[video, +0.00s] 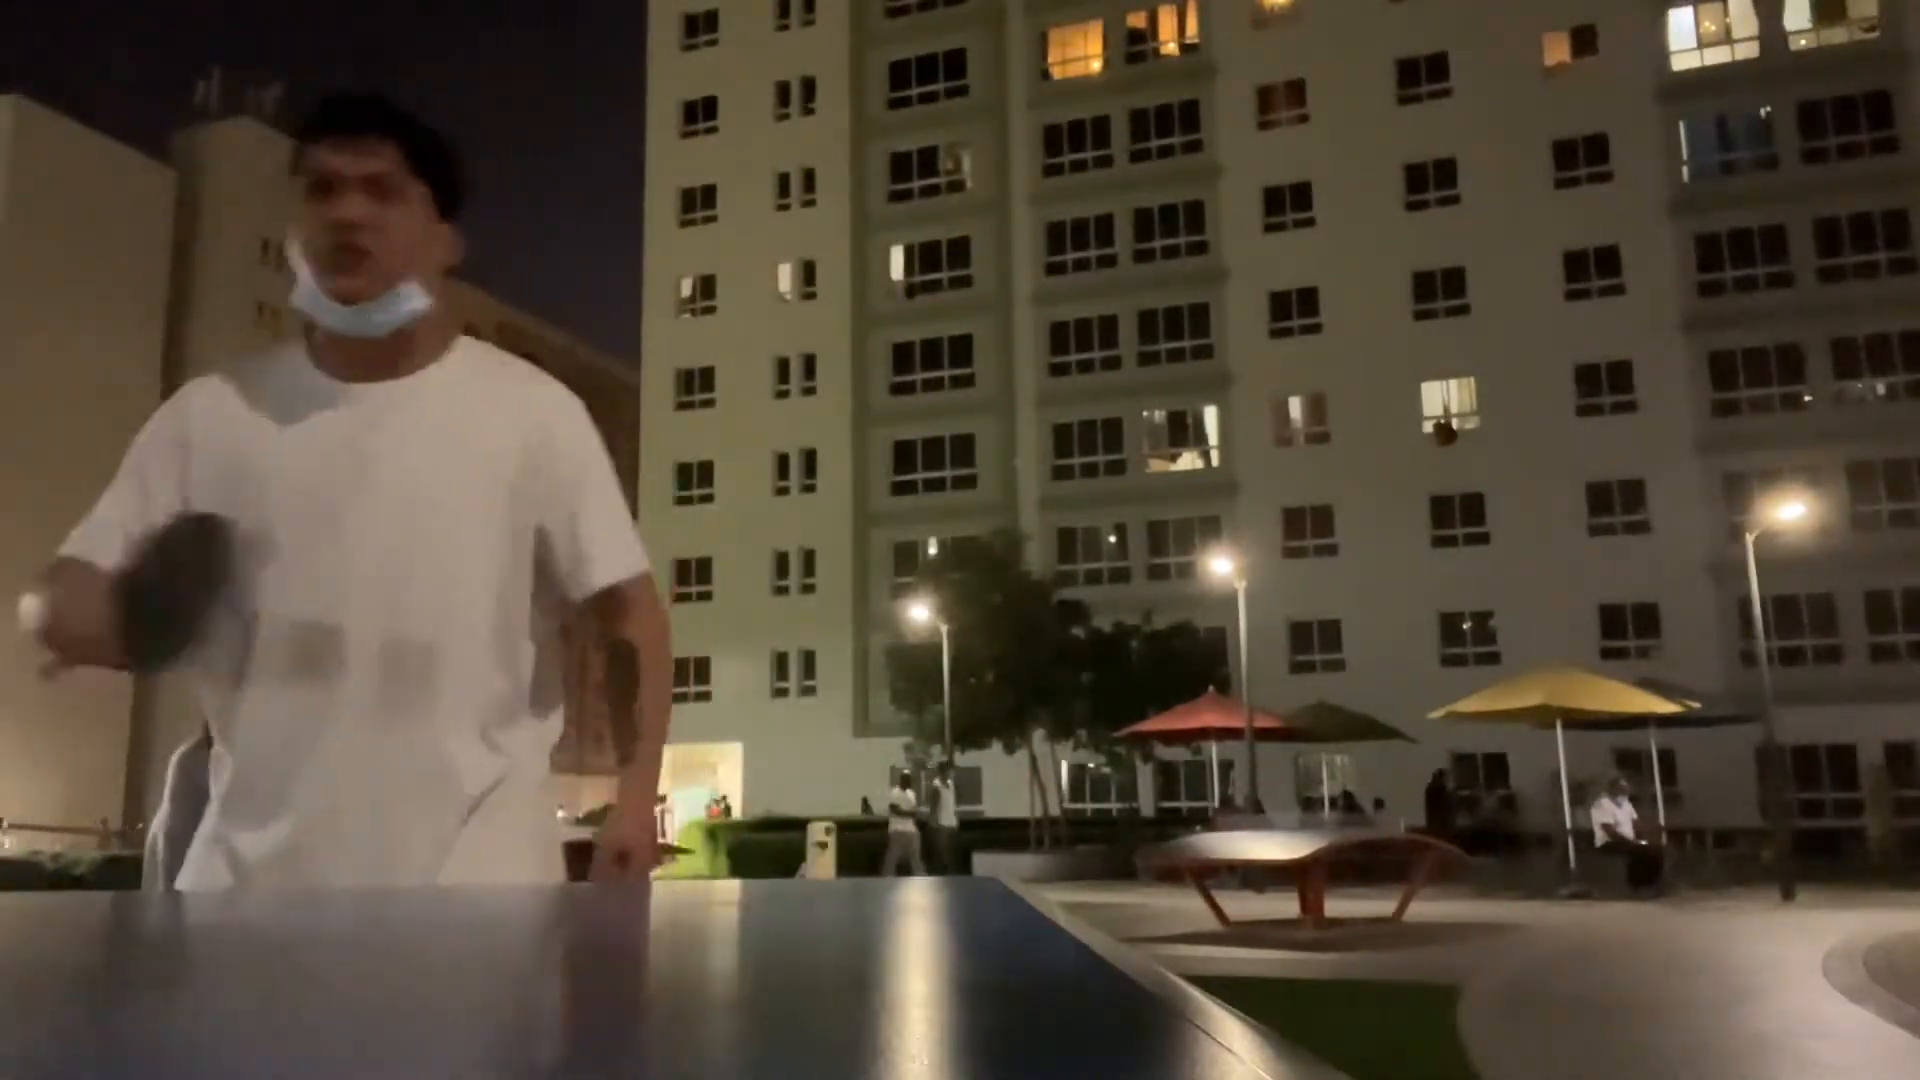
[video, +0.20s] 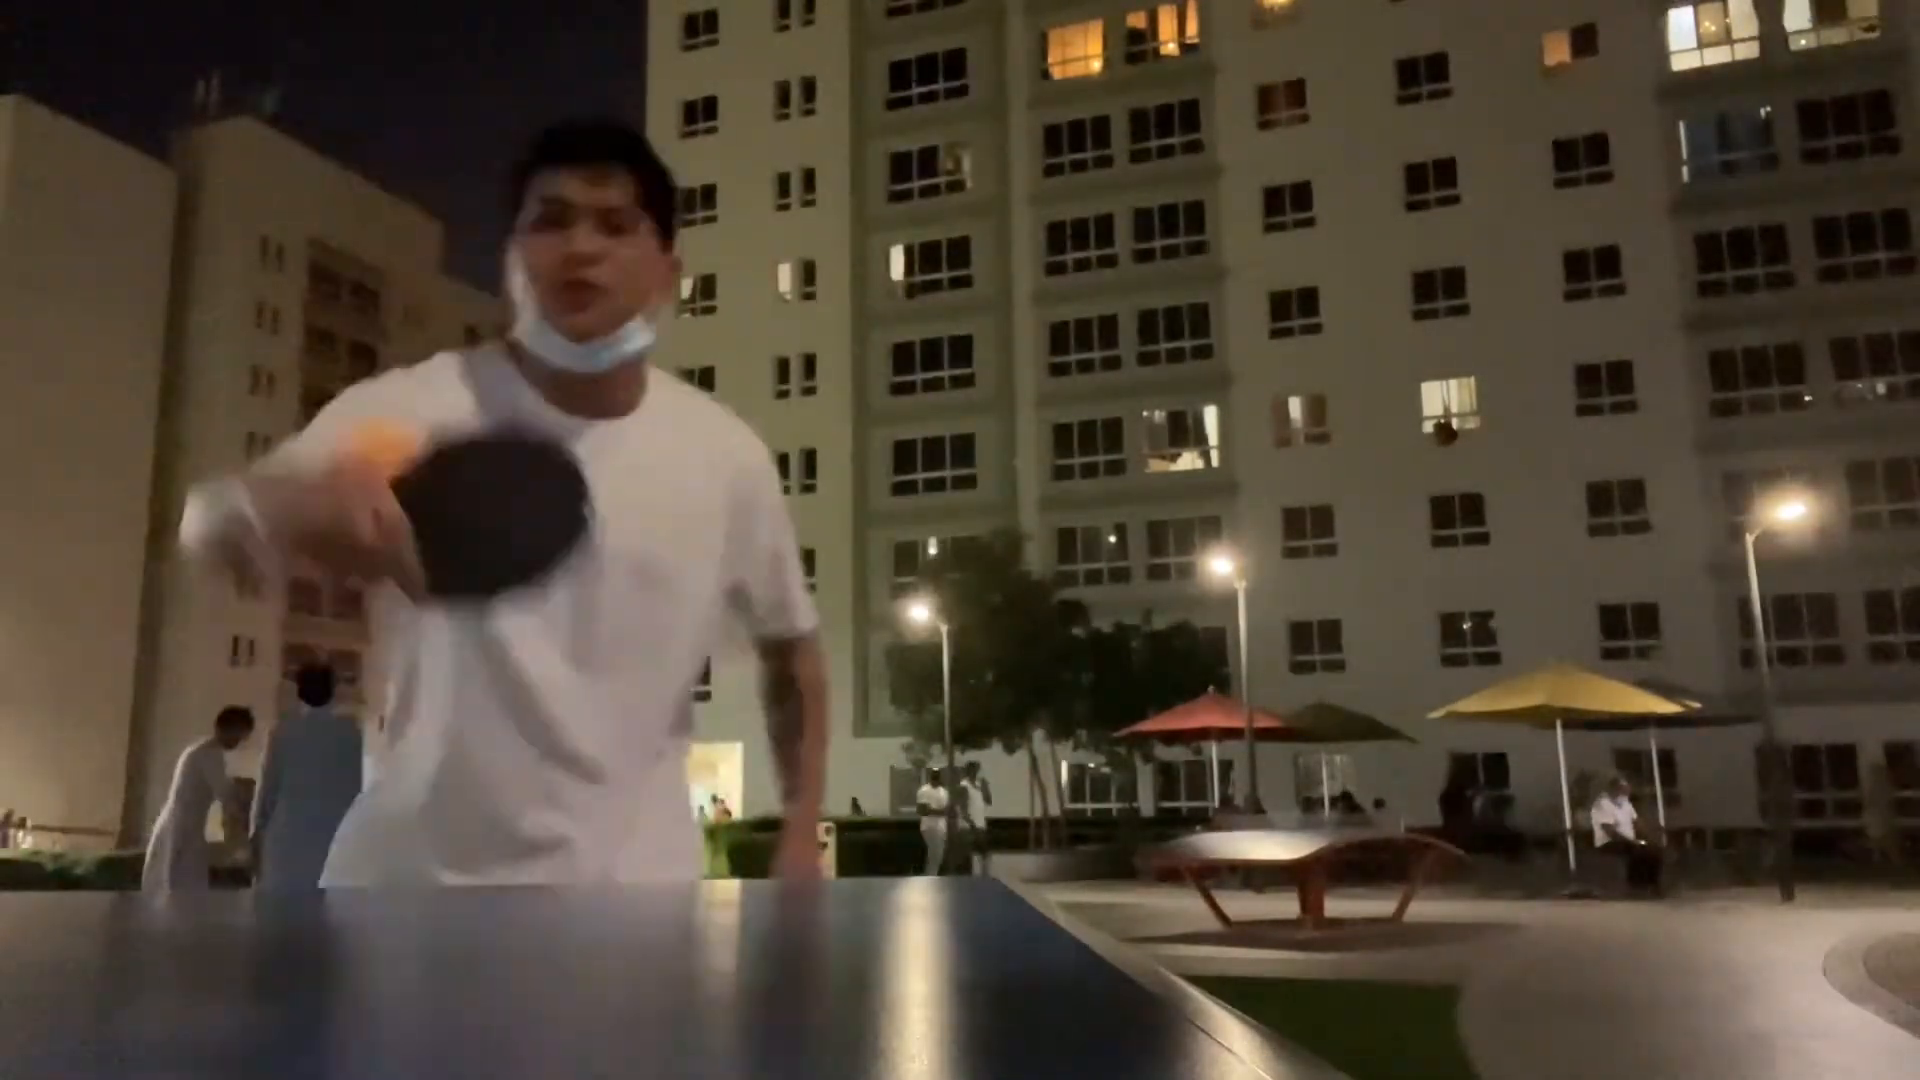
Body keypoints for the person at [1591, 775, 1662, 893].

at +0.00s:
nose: (1625, 790)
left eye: (1626, 787)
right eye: (1622, 787)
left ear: (1628, 788)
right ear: (1613, 788)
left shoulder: (1625, 802)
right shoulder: (1603, 804)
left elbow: (1635, 821)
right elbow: (1609, 829)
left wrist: (1646, 834)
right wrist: (1632, 842)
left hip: (1629, 839)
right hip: (1609, 842)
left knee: (1653, 850)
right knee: (1639, 852)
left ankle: (1650, 885)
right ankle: (1637, 887)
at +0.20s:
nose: (1625, 791)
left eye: (1626, 788)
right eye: (1622, 788)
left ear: (1627, 789)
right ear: (1614, 789)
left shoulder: (1624, 802)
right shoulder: (1603, 804)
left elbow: (1636, 821)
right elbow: (1609, 829)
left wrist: (1648, 834)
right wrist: (1632, 842)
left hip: (1628, 840)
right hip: (1608, 842)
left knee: (1652, 850)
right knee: (1636, 853)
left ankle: (1652, 886)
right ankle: (1636, 888)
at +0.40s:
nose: (1625, 792)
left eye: (1626, 788)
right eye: (1622, 788)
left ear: (1627, 789)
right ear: (1613, 789)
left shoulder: (1624, 803)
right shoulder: (1602, 804)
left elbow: (1636, 821)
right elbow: (1609, 829)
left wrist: (1648, 835)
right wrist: (1632, 842)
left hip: (1628, 840)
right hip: (1609, 842)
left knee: (1652, 851)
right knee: (1636, 853)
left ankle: (1652, 887)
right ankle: (1636, 888)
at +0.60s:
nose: (1625, 791)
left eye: (1626, 788)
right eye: (1621, 788)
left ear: (1627, 789)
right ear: (1613, 789)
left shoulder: (1624, 802)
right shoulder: (1602, 804)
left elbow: (1636, 821)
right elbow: (1609, 829)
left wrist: (1648, 835)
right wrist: (1632, 842)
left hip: (1629, 840)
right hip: (1609, 842)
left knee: (1653, 850)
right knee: (1638, 853)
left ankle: (1651, 886)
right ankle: (1638, 888)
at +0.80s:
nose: (1625, 792)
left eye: (1626, 788)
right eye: (1621, 788)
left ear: (1628, 789)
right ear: (1613, 789)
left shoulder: (1625, 803)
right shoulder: (1602, 804)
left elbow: (1636, 821)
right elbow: (1609, 829)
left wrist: (1647, 836)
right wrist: (1632, 842)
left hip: (1629, 840)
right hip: (1609, 842)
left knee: (1653, 851)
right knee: (1636, 853)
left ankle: (1652, 887)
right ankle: (1638, 888)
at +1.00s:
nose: (1625, 792)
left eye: (1626, 789)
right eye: (1622, 789)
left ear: (1627, 789)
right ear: (1614, 790)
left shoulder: (1624, 802)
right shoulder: (1602, 804)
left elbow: (1636, 821)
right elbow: (1609, 829)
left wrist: (1649, 834)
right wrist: (1632, 842)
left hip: (1629, 840)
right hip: (1609, 842)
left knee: (1654, 850)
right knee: (1638, 854)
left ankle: (1651, 888)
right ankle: (1638, 889)